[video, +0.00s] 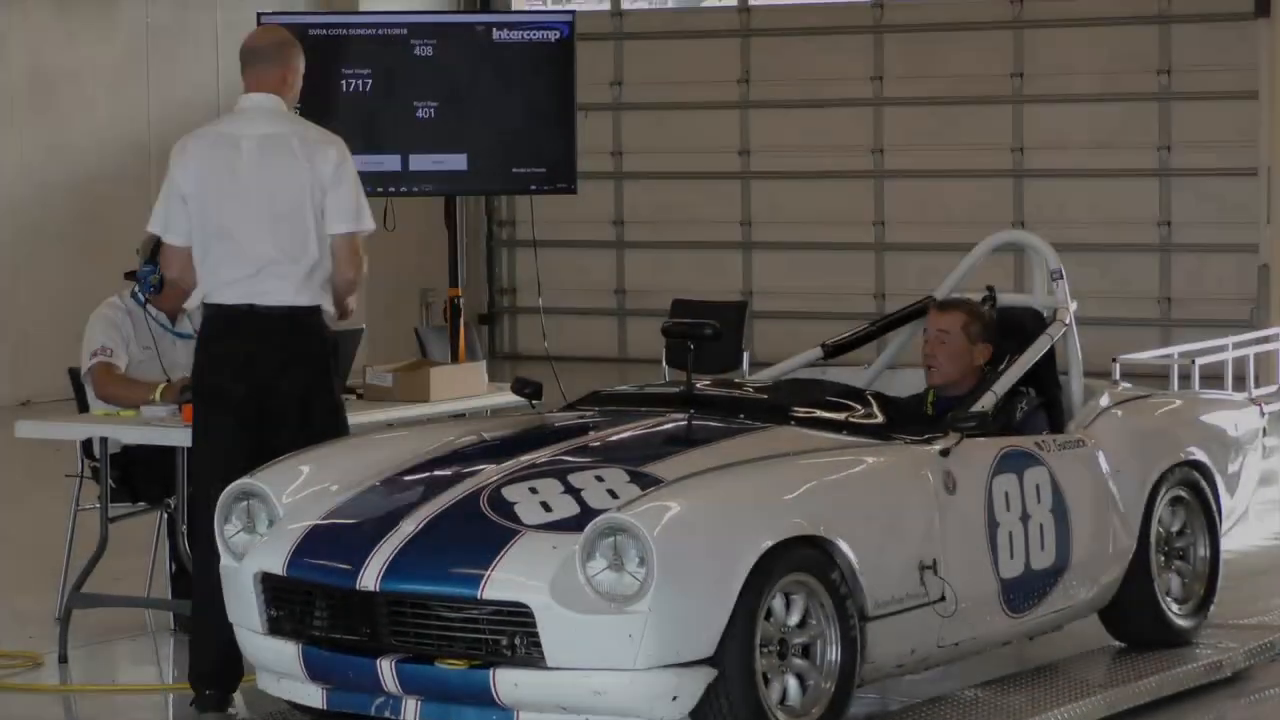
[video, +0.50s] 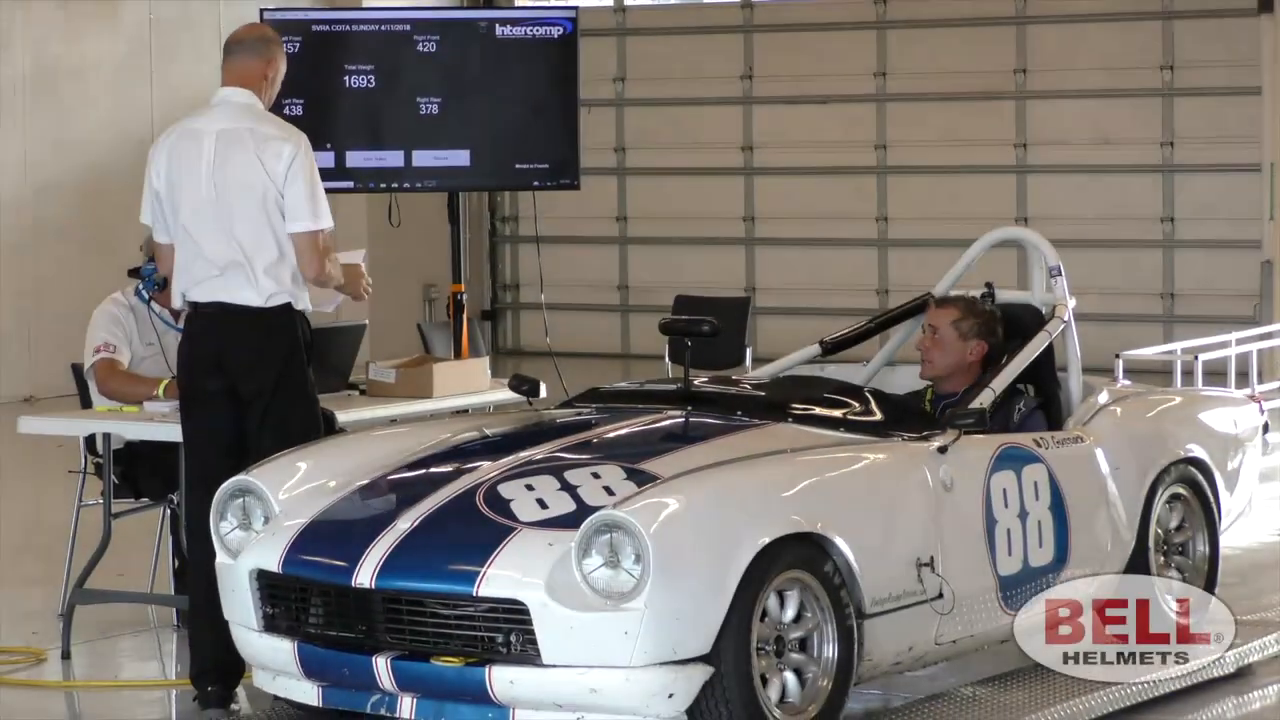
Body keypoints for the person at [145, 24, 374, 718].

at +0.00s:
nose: (302, 84)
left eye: (294, 72)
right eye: (302, 74)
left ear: (240, 75)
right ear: (295, 77)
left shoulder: (194, 149)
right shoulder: (326, 149)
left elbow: (178, 267)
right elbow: (348, 265)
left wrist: (181, 294)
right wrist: (342, 302)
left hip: (224, 341)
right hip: (301, 341)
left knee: (215, 510)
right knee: (309, 500)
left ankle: (212, 687)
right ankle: (311, 679)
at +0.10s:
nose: (266, 91)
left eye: (262, 81)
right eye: (267, 82)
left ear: (205, 77)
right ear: (258, 80)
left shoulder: (154, 145)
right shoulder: (277, 145)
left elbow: (139, 264)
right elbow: (295, 263)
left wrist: (185, 294)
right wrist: (312, 299)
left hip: (185, 338)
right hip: (258, 339)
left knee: (193, 510)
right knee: (271, 500)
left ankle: (211, 687)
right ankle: (280, 673)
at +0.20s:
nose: (280, 89)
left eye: (276, 78)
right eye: (280, 79)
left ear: (221, 74)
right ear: (269, 77)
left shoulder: (169, 146)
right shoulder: (286, 148)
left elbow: (156, 264)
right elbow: (308, 274)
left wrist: (205, 279)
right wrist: (336, 286)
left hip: (200, 342)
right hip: (272, 342)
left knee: (203, 512)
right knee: (283, 500)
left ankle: (212, 686)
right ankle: (286, 678)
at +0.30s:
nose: (284, 91)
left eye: (281, 80)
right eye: (285, 81)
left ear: (225, 74)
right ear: (275, 79)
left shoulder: (171, 148)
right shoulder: (288, 147)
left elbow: (161, 264)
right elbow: (323, 271)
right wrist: (338, 277)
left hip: (203, 343)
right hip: (275, 343)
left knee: (205, 513)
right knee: (291, 500)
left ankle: (213, 688)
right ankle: (290, 677)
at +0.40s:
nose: (286, 82)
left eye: (283, 71)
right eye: (286, 72)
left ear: (224, 66)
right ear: (277, 72)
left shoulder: (172, 141)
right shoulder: (288, 142)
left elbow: (163, 254)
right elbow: (321, 264)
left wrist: (210, 271)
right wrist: (327, 276)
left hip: (202, 333)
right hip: (273, 333)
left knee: (205, 504)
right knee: (285, 493)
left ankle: (212, 679)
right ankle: (283, 670)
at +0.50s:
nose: (281, 85)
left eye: (278, 75)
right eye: (282, 75)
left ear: (223, 69)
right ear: (272, 73)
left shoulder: (171, 142)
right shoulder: (286, 142)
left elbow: (167, 258)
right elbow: (313, 266)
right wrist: (344, 276)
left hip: (200, 336)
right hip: (272, 336)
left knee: (205, 505)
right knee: (286, 493)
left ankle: (212, 680)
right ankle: (289, 670)